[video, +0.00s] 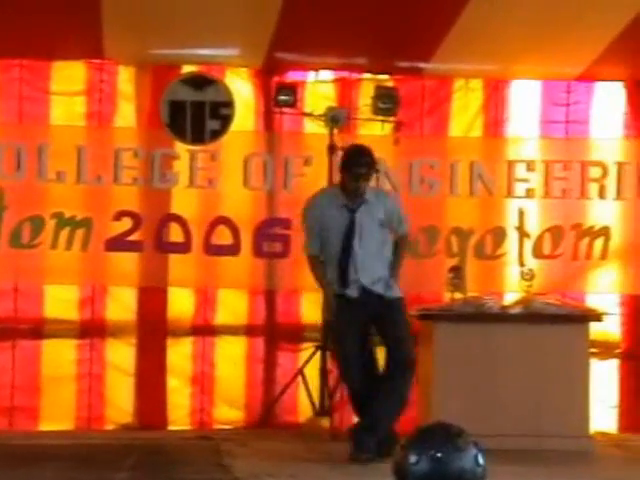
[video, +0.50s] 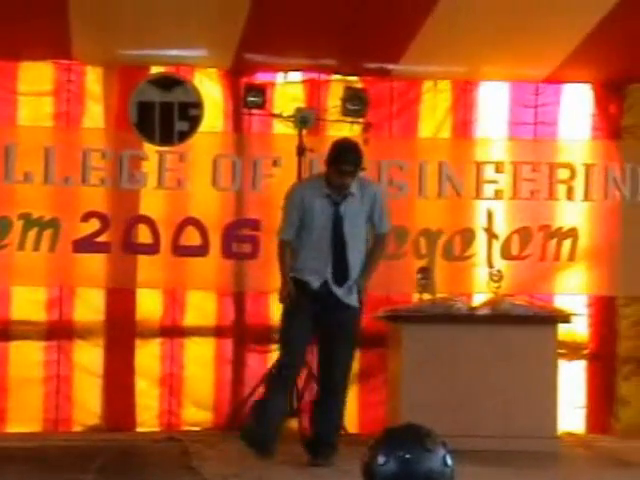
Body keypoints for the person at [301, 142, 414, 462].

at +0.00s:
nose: (360, 186)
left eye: (365, 179)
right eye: (354, 178)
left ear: (372, 177)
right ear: (341, 175)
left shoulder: (384, 203)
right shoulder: (319, 206)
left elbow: (402, 236)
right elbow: (314, 253)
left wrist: (392, 275)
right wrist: (328, 287)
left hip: (383, 294)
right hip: (344, 298)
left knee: (402, 361)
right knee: (355, 370)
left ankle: (369, 434)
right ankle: (383, 435)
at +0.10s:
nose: (356, 187)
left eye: (362, 180)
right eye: (350, 180)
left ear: (368, 180)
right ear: (338, 178)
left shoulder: (375, 208)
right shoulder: (313, 207)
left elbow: (387, 245)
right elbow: (300, 253)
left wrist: (383, 285)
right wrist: (321, 292)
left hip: (375, 301)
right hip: (336, 304)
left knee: (396, 366)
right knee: (349, 374)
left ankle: (364, 435)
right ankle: (372, 440)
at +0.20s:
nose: (348, 182)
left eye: (354, 175)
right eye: (342, 175)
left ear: (361, 172)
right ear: (330, 170)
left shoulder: (369, 199)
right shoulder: (305, 196)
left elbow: (372, 239)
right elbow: (287, 240)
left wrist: (365, 280)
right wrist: (299, 283)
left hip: (353, 294)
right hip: (313, 294)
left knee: (361, 366)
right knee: (309, 371)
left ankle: (343, 433)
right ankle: (335, 425)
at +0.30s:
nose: (348, 185)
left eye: (353, 178)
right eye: (342, 178)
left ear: (361, 175)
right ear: (329, 173)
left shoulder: (371, 202)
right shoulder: (304, 198)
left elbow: (374, 244)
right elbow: (283, 241)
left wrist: (362, 283)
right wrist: (290, 281)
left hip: (344, 299)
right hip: (304, 294)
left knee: (339, 374)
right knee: (280, 353)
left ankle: (327, 443)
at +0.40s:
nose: (345, 184)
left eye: (351, 178)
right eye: (340, 177)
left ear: (359, 174)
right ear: (328, 170)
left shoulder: (371, 198)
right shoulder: (304, 195)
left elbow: (377, 243)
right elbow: (286, 242)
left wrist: (362, 285)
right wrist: (286, 284)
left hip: (343, 296)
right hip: (303, 291)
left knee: (331, 373)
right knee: (274, 361)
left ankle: (319, 441)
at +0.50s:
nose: (345, 182)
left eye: (351, 176)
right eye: (340, 175)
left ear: (359, 172)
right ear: (327, 168)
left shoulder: (370, 195)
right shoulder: (302, 193)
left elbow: (380, 237)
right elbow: (286, 239)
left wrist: (364, 279)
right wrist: (285, 280)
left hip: (346, 293)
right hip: (306, 289)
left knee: (335, 374)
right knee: (289, 363)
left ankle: (324, 444)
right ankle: (263, 432)